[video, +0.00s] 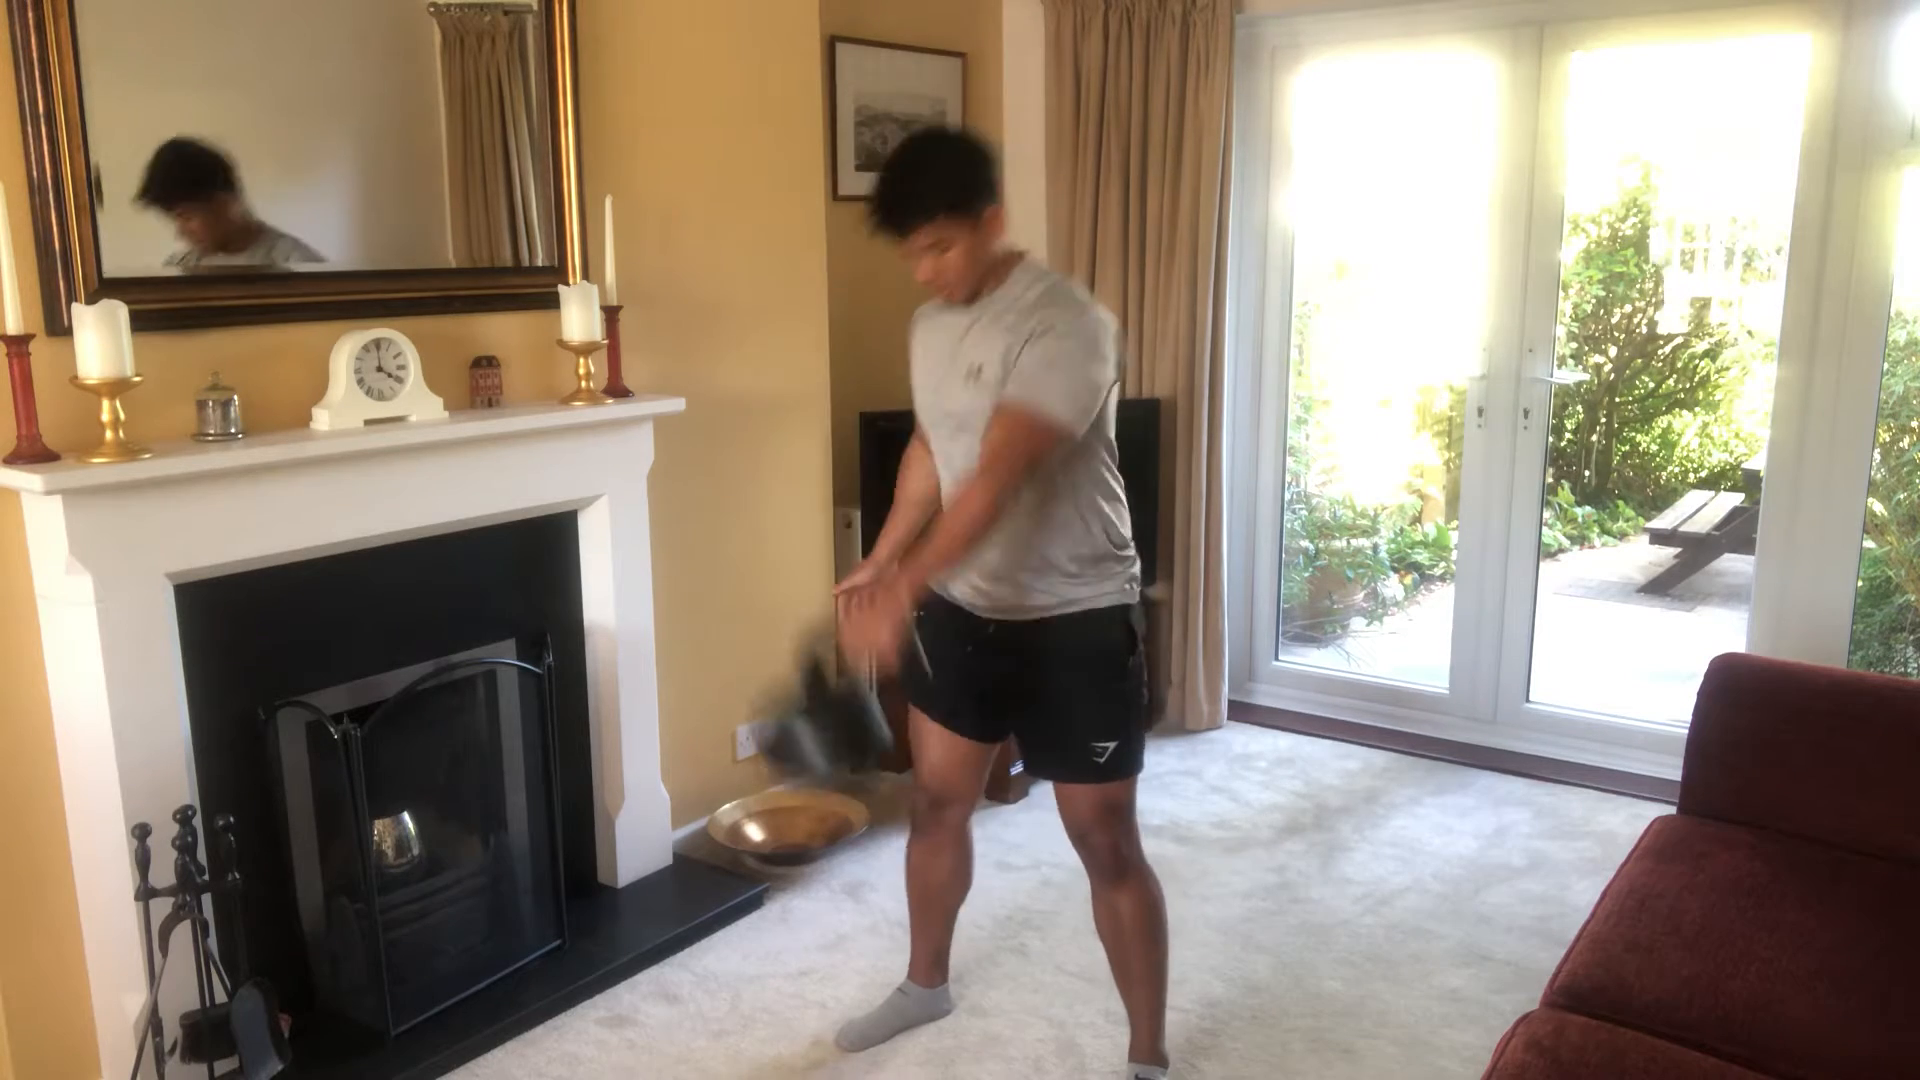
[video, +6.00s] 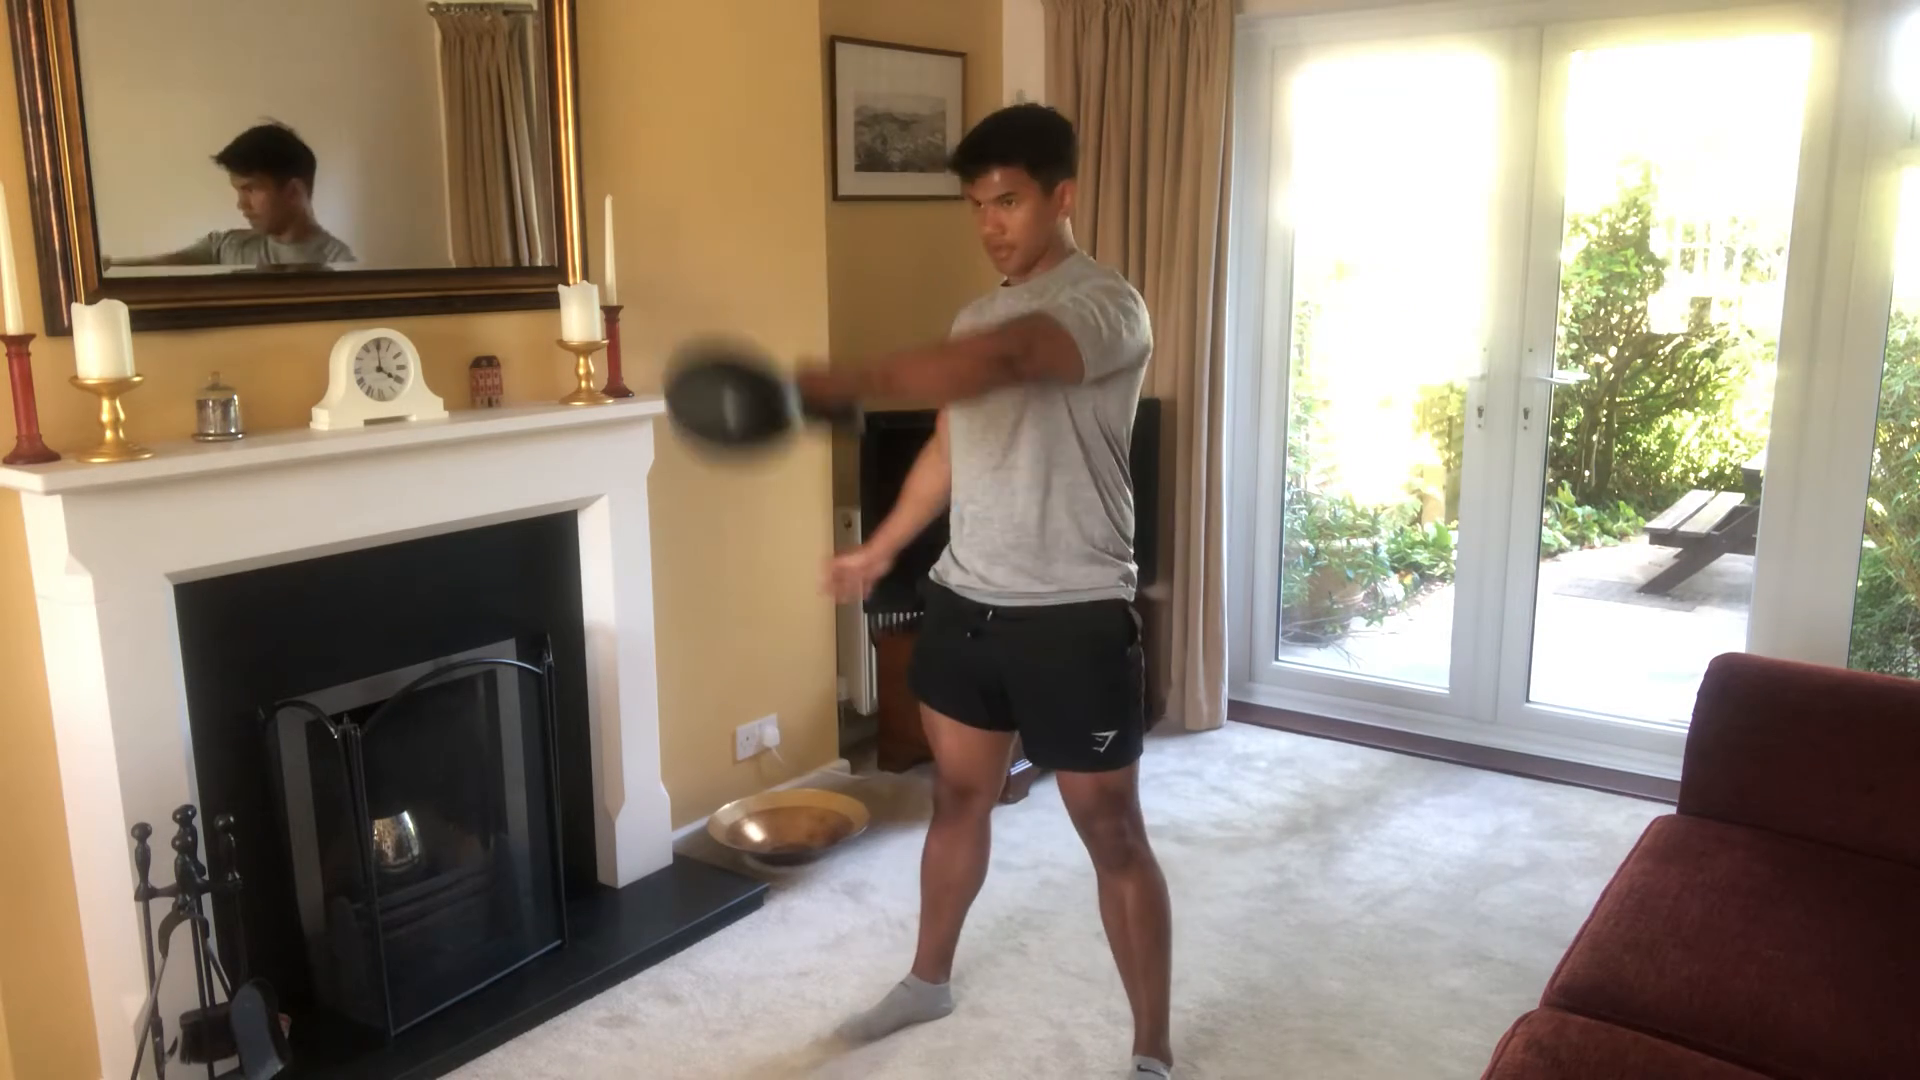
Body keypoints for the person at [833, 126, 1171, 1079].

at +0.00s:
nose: (924, 268)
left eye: (939, 245)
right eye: (912, 251)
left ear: (993, 220)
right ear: (905, 243)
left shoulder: (1067, 322)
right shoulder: (933, 324)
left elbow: (1002, 474)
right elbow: (930, 448)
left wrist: (908, 583)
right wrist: (886, 554)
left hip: (1076, 618)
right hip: (962, 609)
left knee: (1105, 843)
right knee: (937, 805)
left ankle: (1149, 1056)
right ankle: (926, 983)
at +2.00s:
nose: (800, 633)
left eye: (802, 615)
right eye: (787, 619)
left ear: (846, 573)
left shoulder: (975, 612)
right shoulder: (846, 505)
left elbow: (1041, 709)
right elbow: (911, 641)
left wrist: (1061, 761)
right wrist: (986, 761)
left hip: (1108, 648)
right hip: (999, 640)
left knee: (1125, 872)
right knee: (893, 808)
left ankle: (1152, 1063)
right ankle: (923, 986)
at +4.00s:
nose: (878, 313)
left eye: (891, 289)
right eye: (867, 295)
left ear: (946, 266)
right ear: (865, 289)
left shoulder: (1037, 359)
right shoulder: (905, 350)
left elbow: (1011, 548)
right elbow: (908, 463)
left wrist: (995, 699)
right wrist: (881, 574)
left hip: (1100, 604)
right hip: (989, 598)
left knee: (1128, 840)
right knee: (937, 790)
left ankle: (1156, 1057)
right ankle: (926, 982)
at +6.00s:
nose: (990, 223)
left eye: (1007, 201)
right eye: (978, 206)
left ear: (1063, 198)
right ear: (972, 209)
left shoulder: (1110, 307)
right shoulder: (978, 319)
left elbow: (998, 362)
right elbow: (950, 448)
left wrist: (837, 382)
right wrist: (880, 547)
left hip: (1077, 614)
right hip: (967, 606)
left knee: (1111, 833)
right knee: (957, 800)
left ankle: (1152, 1051)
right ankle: (928, 981)